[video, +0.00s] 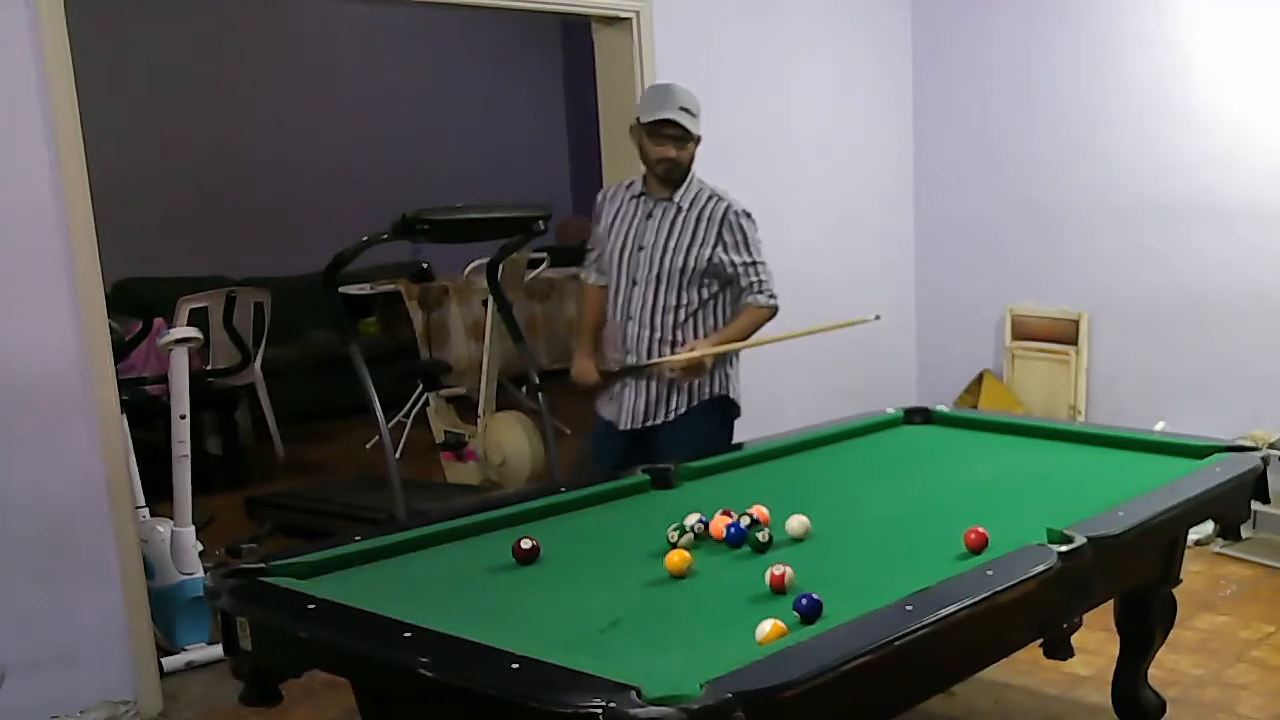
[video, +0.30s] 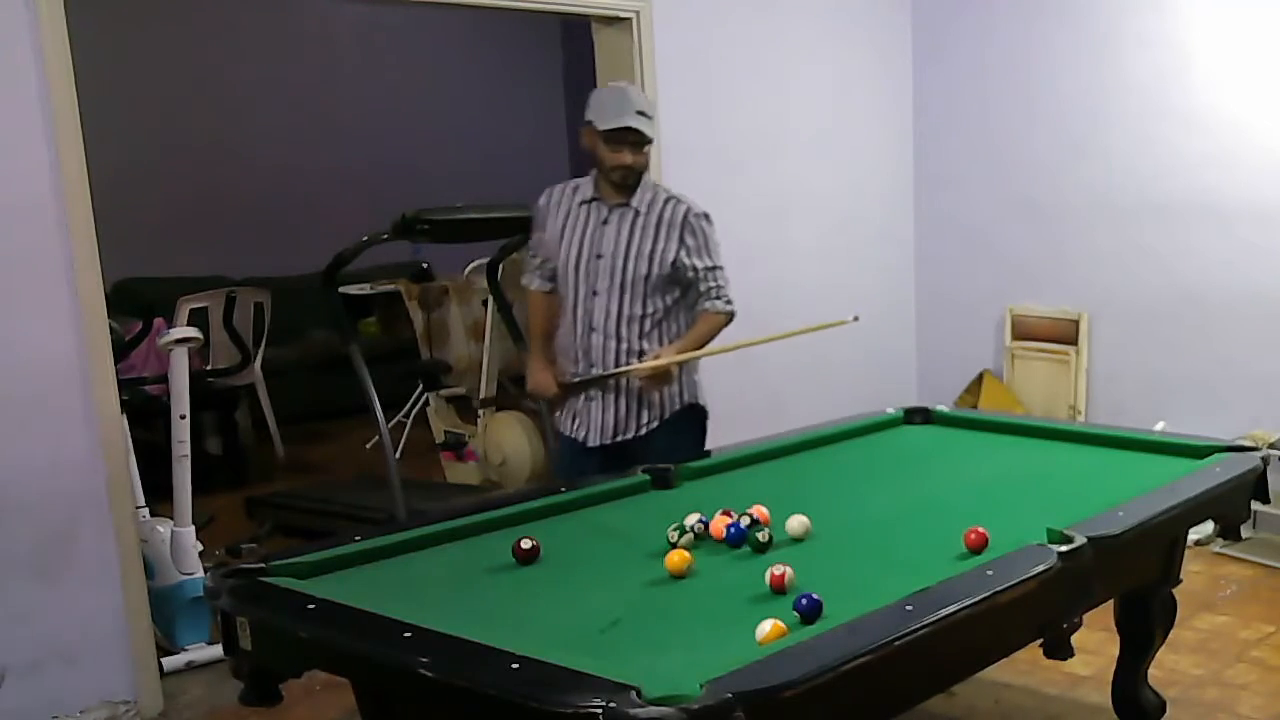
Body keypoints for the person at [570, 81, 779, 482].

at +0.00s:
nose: (668, 152)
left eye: (680, 141)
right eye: (657, 139)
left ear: (696, 145)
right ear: (637, 138)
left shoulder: (724, 217)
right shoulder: (612, 202)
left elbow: (763, 301)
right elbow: (597, 278)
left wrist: (711, 347)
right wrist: (585, 350)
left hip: (692, 407)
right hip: (620, 404)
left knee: (688, 530)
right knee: (611, 528)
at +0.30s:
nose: (628, 157)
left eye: (639, 146)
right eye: (616, 144)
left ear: (650, 146)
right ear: (589, 140)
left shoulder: (682, 219)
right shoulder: (555, 206)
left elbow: (719, 305)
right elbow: (541, 283)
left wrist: (674, 353)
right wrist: (539, 359)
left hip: (664, 418)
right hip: (581, 418)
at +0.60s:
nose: (564, 153)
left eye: (574, 139)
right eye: (549, 138)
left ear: (585, 138)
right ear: (517, 134)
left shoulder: (618, 212)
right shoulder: (478, 209)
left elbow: (657, 300)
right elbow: (463, 295)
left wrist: (629, 358)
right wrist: (470, 377)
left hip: (607, 421)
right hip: (520, 426)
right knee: (536, 552)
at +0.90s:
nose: (530, 155)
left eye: (539, 142)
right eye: (516, 141)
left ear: (549, 140)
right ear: (477, 133)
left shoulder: (581, 216)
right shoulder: (430, 213)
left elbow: (613, 307)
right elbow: (404, 300)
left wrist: (592, 371)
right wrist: (420, 389)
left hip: (572, 428)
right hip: (483, 434)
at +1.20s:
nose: (527, 171)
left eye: (536, 157)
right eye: (511, 156)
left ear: (544, 151)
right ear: (469, 145)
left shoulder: (569, 233)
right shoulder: (412, 215)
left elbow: (596, 328)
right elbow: (376, 297)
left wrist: (579, 395)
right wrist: (389, 390)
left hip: (538, 445)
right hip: (446, 445)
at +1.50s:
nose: (519, 187)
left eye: (527, 172)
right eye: (503, 171)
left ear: (535, 168)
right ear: (457, 160)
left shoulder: (551, 248)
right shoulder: (392, 213)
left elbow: (587, 343)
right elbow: (336, 265)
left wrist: (604, 422)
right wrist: (340, 365)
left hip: (519, 449)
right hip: (421, 447)